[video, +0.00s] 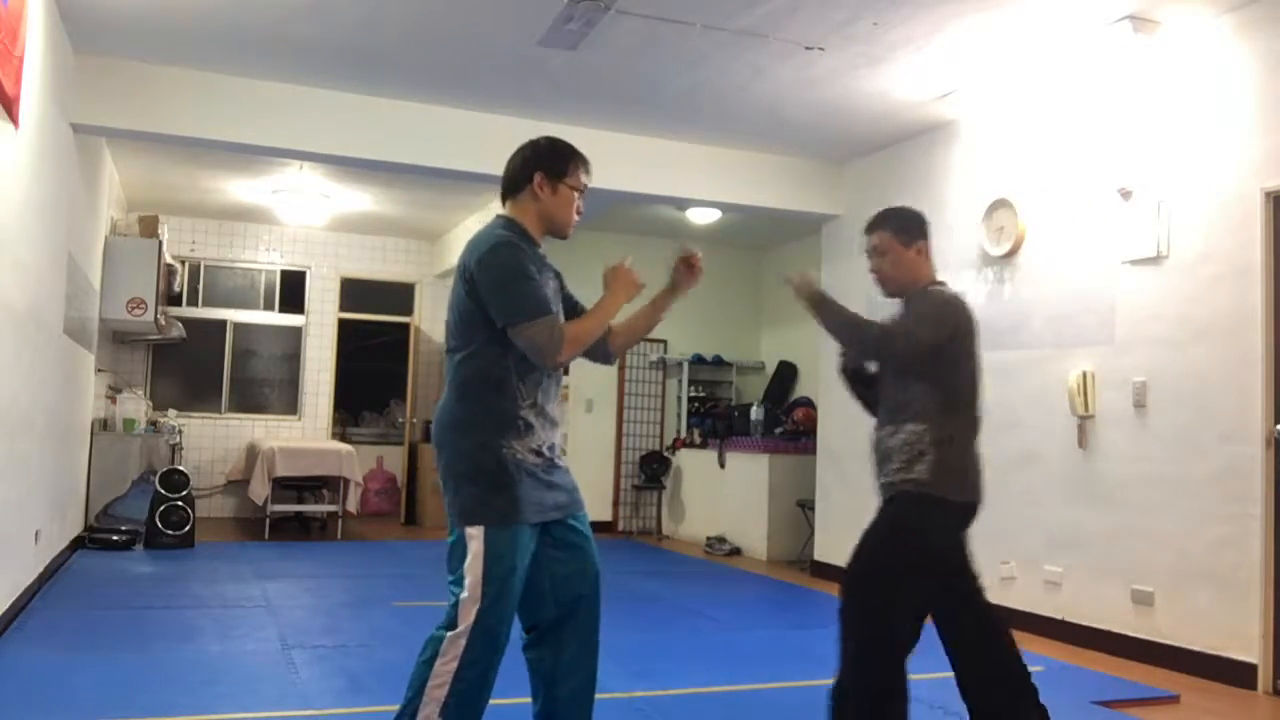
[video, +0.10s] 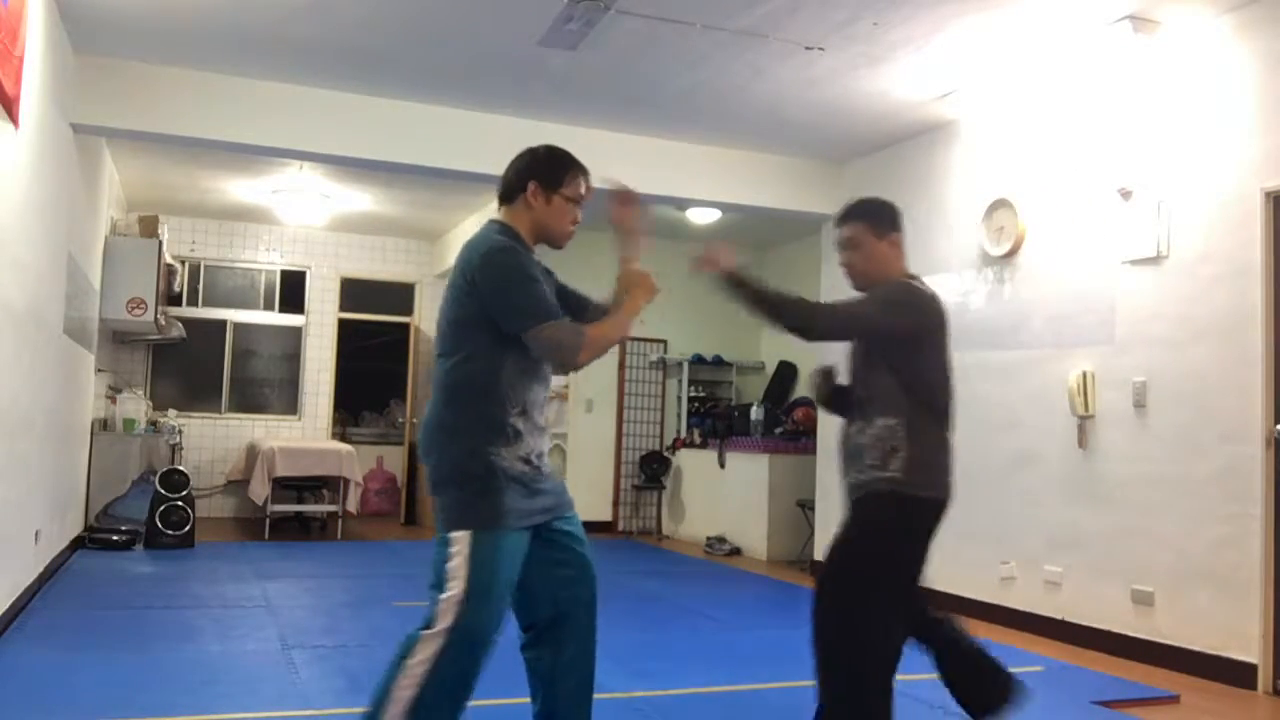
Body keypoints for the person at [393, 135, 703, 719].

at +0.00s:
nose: (583, 204)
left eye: (585, 194)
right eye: (577, 190)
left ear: (540, 189)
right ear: (540, 184)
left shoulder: (540, 267)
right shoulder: (500, 249)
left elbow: (608, 344)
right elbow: (551, 347)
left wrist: (670, 292)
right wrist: (613, 296)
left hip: (541, 459)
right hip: (491, 460)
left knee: (571, 601)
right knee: (480, 619)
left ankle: (564, 715)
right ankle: (427, 716)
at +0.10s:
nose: (580, 217)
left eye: (582, 205)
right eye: (574, 202)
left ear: (535, 198)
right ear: (534, 194)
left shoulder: (529, 267)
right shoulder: (496, 255)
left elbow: (608, 318)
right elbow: (564, 349)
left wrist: (631, 239)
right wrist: (627, 307)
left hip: (530, 470)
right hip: (479, 470)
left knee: (567, 604)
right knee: (462, 623)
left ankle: (563, 716)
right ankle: (395, 714)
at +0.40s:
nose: (527, 208)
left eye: (531, 195)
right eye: (520, 191)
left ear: (475, 187)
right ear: (473, 181)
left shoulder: (468, 253)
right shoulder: (431, 241)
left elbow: (552, 295)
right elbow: (505, 345)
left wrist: (559, 261)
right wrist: (584, 312)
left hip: (458, 464)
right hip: (405, 464)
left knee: (505, 603)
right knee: (383, 625)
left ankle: (506, 718)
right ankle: (325, 719)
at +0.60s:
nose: (491, 202)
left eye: (496, 190)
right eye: (485, 186)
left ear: (438, 178)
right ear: (439, 173)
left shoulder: (443, 245)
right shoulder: (399, 237)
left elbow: (540, 276)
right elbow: (464, 348)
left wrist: (501, 196)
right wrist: (544, 321)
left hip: (460, 465)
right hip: (402, 467)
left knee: (502, 627)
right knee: (379, 646)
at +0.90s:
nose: (445, 186)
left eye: (449, 175)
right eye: (438, 172)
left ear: (387, 167)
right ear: (394, 164)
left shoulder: (382, 227)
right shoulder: (388, 235)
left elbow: (478, 245)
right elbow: (453, 350)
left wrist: (450, 185)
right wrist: (518, 313)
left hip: (468, 458)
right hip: (422, 463)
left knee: (498, 630)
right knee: (394, 637)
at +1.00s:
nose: (439, 186)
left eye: (441, 173)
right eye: (432, 171)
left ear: (376, 166)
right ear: (388, 163)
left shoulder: (353, 227)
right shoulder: (390, 235)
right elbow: (453, 349)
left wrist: (446, 244)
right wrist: (514, 301)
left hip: (460, 455)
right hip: (422, 458)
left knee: (493, 627)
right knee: (395, 637)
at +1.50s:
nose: (385, 183)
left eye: (387, 168)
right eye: (377, 166)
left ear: (325, 163)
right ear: (334, 161)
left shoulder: (311, 225)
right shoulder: (343, 235)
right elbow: (408, 348)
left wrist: (395, 216)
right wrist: (463, 273)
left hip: (425, 452)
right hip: (402, 458)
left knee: (467, 628)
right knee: (379, 636)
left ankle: (476, 719)